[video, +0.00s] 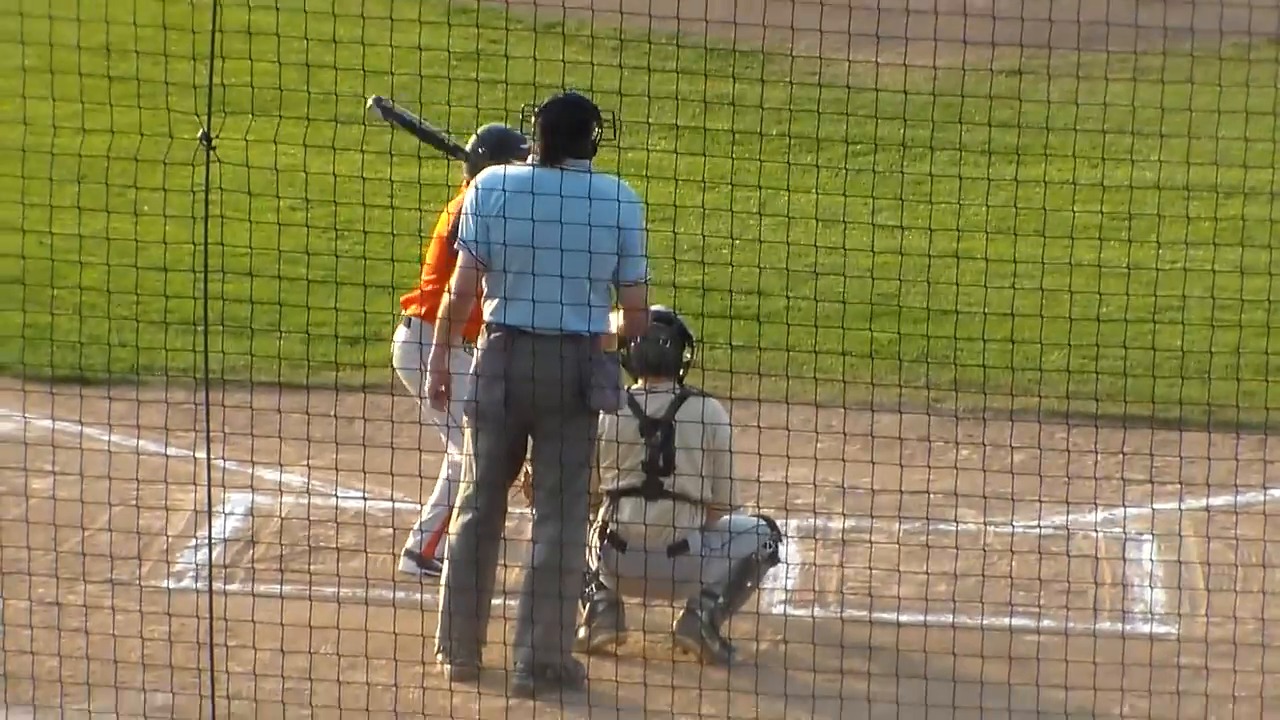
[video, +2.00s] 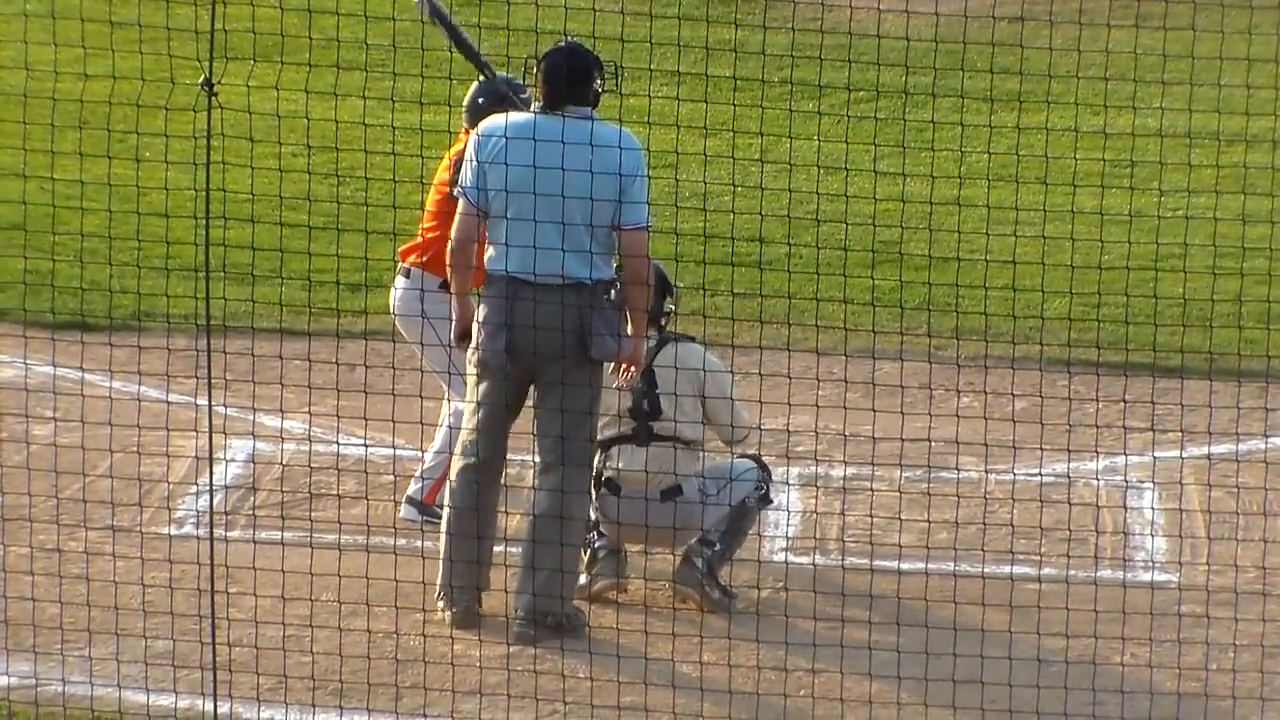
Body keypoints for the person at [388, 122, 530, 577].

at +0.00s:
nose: (523, 174)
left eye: (522, 166)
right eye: (518, 165)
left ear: (477, 165)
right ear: (499, 167)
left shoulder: (472, 202)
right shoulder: (476, 206)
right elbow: (462, 288)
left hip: (426, 338)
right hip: (434, 341)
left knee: (470, 444)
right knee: (473, 444)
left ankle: (431, 545)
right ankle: (426, 546)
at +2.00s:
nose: (524, 125)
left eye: (523, 116)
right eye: (519, 115)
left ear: (477, 114)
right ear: (501, 115)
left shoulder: (471, 151)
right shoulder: (475, 154)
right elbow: (464, 240)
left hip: (425, 290)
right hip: (428, 293)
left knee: (470, 391)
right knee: (474, 393)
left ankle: (433, 489)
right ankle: (427, 492)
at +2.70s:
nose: (523, 137)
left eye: (524, 127)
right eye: (518, 128)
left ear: (481, 124)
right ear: (500, 128)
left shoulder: (486, 156)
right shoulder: (471, 167)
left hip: (449, 281)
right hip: (431, 284)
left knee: (471, 374)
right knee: (452, 384)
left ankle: (463, 462)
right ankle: (435, 490)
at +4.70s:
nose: (539, 179)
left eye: (539, 171)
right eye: (534, 171)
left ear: (498, 170)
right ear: (516, 173)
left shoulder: (514, 213)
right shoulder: (477, 209)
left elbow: (522, 265)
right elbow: (482, 279)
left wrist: (556, 260)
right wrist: (534, 257)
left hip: (451, 325)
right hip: (411, 322)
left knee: (485, 403)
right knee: (468, 410)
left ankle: (441, 503)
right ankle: (434, 507)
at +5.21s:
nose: (514, 131)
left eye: (514, 123)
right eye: (507, 124)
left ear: (481, 127)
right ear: (487, 127)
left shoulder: (489, 161)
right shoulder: (445, 175)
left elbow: (486, 212)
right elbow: (430, 249)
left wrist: (512, 230)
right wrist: (484, 231)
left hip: (454, 286)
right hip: (415, 289)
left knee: (462, 388)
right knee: (445, 397)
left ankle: (410, 465)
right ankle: (434, 504)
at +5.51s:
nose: (471, 102)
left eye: (470, 94)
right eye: (465, 95)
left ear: (433, 97)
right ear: (444, 98)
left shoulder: (434, 136)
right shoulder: (407, 144)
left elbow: (441, 191)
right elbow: (399, 221)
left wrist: (479, 189)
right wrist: (453, 200)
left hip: (414, 274)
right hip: (392, 276)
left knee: (417, 381)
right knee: (435, 383)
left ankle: (354, 473)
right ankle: (432, 506)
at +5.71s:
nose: (435, 103)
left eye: (436, 94)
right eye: (432, 93)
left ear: (394, 85)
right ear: (414, 92)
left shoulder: (377, 123)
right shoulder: (379, 135)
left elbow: (390, 189)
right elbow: (373, 209)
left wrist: (419, 172)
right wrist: (425, 197)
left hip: (356, 260)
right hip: (361, 264)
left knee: (374, 377)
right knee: (394, 378)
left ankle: (345, 485)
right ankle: (405, 498)